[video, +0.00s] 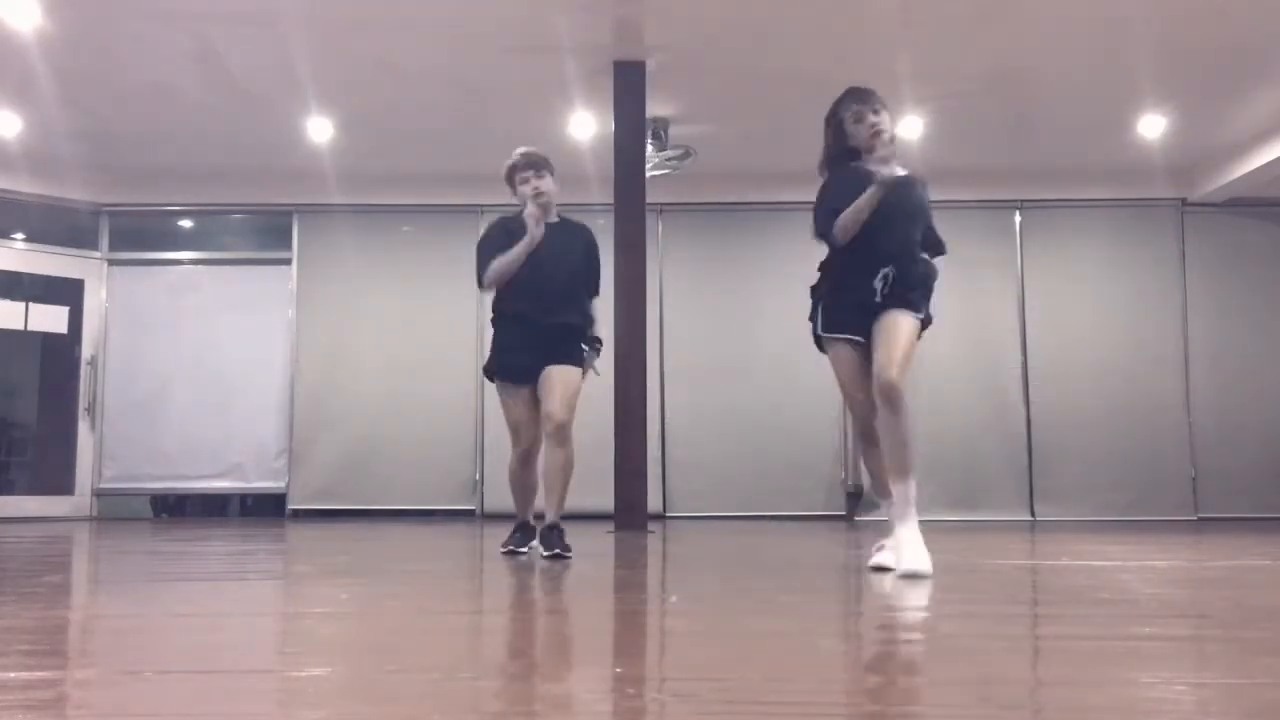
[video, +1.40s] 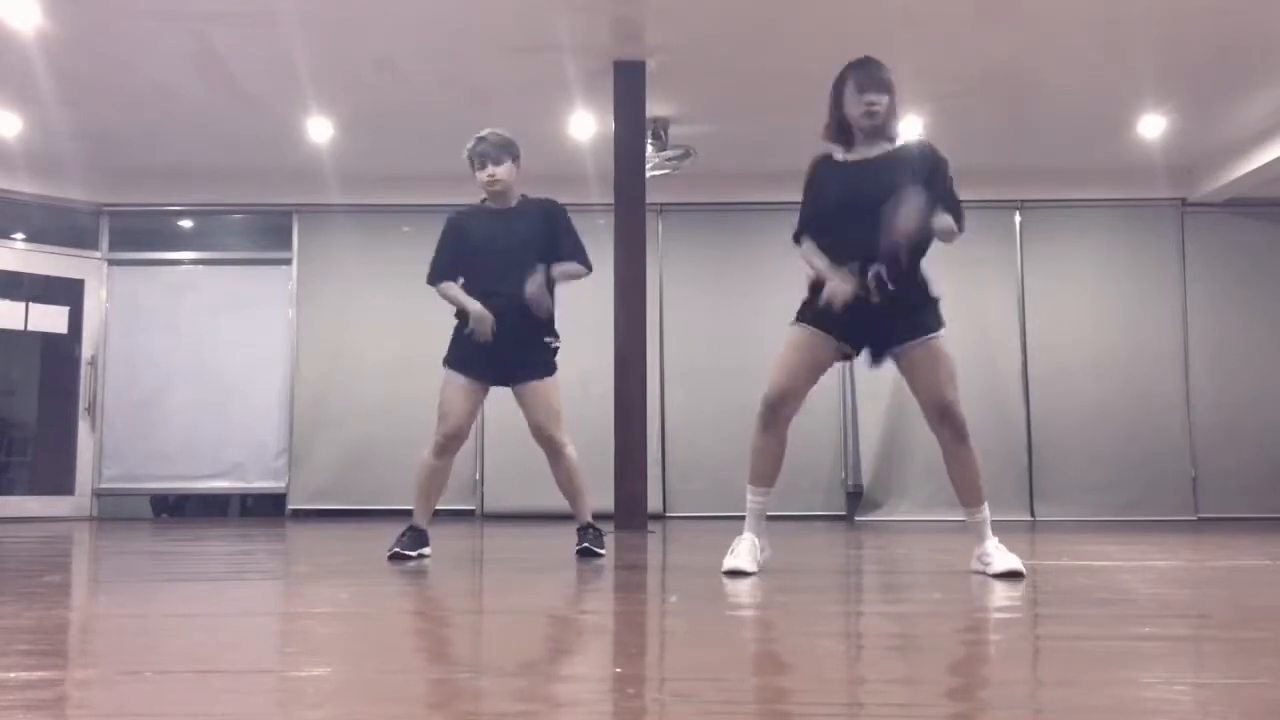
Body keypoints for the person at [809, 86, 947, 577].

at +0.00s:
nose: (872, 122)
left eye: (877, 113)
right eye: (859, 119)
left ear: (891, 120)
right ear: (843, 134)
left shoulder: (911, 182)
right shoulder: (840, 180)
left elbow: (927, 241)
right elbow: (835, 233)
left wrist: (926, 262)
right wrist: (877, 187)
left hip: (901, 286)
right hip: (844, 294)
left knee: (888, 383)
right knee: (863, 415)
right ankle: (898, 530)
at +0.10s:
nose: (888, 124)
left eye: (897, 117)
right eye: (878, 116)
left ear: (908, 126)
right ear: (856, 127)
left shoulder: (902, 180)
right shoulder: (843, 168)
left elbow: (901, 243)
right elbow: (857, 190)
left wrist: (920, 270)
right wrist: (894, 168)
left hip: (909, 301)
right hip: (853, 305)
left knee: (912, 403)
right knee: (875, 428)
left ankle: (909, 535)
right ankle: (894, 532)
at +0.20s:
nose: (893, 139)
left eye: (903, 134)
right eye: (888, 128)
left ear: (910, 143)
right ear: (870, 121)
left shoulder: (905, 197)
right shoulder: (841, 168)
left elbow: (912, 273)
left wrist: (932, 261)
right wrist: (912, 122)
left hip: (918, 304)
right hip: (861, 307)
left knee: (930, 406)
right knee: (895, 403)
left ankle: (910, 537)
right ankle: (881, 475)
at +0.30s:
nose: (892, 114)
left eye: (902, 107)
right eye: (884, 103)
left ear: (912, 118)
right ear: (863, 108)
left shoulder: (915, 182)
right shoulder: (834, 159)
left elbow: (949, 256)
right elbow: (838, 165)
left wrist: (953, 209)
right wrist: (867, 122)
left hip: (917, 290)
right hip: (855, 287)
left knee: (927, 400)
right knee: (888, 349)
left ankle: (912, 538)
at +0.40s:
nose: (892, 78)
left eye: (902, 71)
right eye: (883, 68)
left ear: (914, 81)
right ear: (862, 74)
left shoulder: (922, 143)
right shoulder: (835, 133)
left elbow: (935, 225)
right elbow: (804, 206)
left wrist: (950, 177)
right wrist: (840, 148)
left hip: (908, 272)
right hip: (846, 267)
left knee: (951, 383)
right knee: (854, 352)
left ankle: (945, 520)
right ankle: (793, 446)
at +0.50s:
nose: (883, 80)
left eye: (894, 72)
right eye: (874, 69)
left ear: (908, 82)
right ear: (854, 75)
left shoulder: (921, 144)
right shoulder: (831, 143)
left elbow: (928, 212)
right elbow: (811, 217)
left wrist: (926, 255)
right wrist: (819, 250)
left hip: (904, 278)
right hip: (839, 276)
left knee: (949, 396)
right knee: (807, 397)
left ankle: (991, 533)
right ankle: (752, 523)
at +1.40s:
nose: (873, 99)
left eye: (881, 90)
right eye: (861, 91)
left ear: (894, 98)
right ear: (841, 100)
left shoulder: (921, 157)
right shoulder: (826, 167)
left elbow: (953, 227)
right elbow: (803, 236)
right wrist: (828, 273)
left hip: (905, 298)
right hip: (836, 297)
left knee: (948, 414)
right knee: (775, 402)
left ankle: (986, 544)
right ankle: (751, 536)